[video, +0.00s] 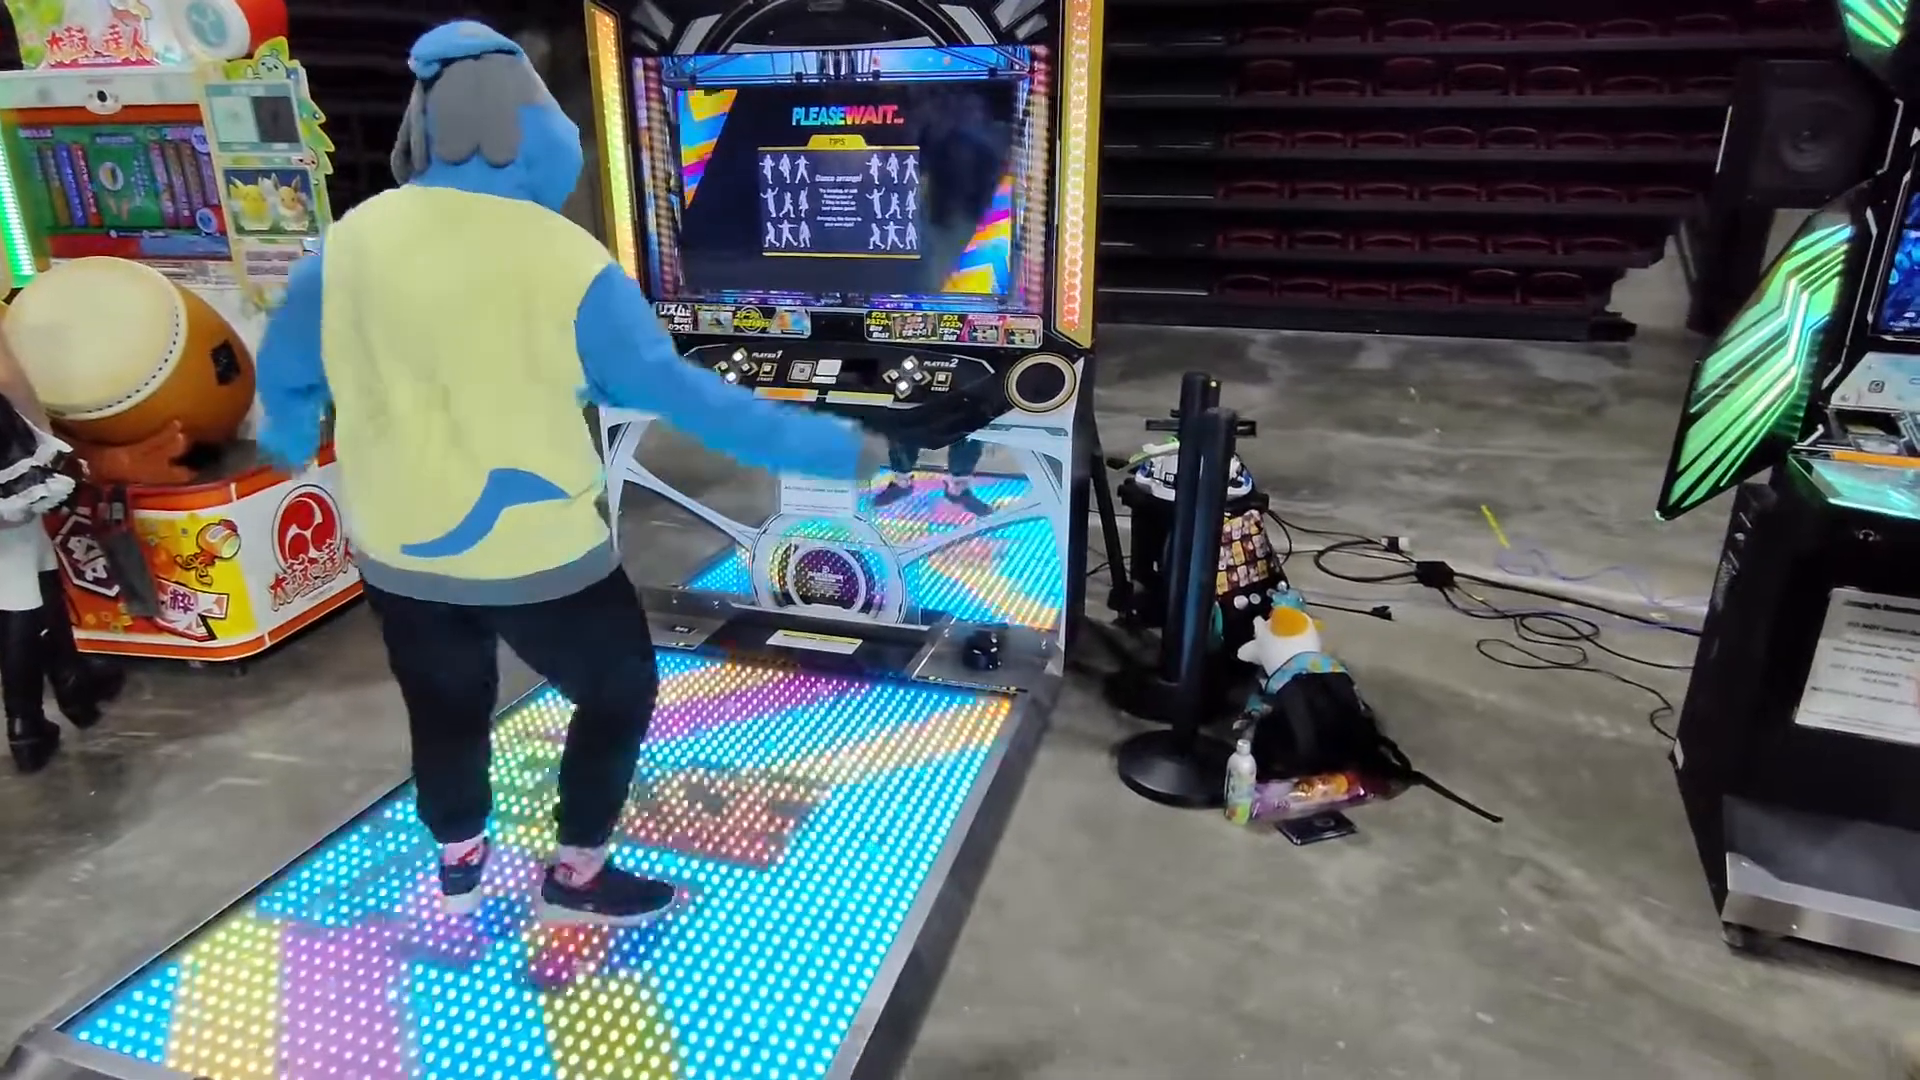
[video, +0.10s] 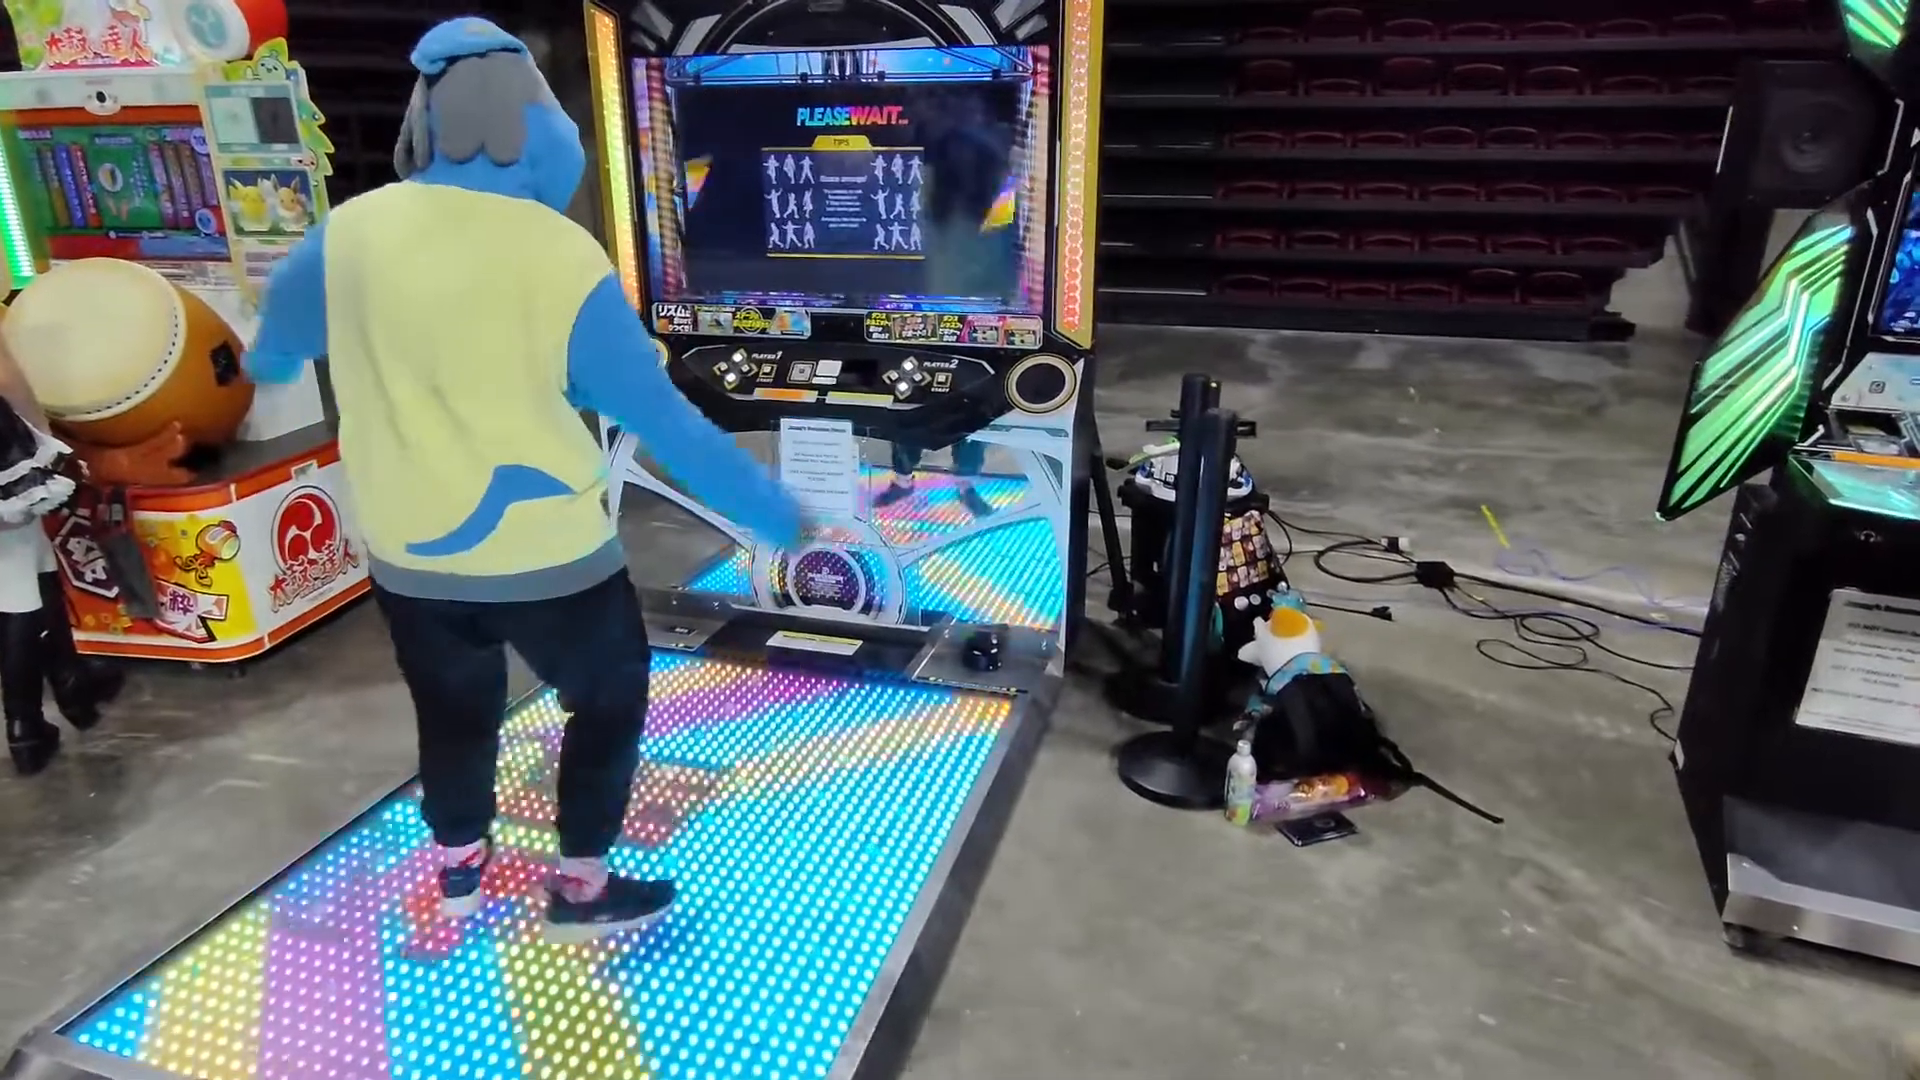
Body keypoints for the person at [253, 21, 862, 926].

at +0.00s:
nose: (558, 140)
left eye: (545, 120)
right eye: (544, 121)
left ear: (429, 134)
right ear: (522, 130)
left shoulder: (348, 242)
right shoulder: (564, 261)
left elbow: (285, 363)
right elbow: (670, 391)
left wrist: (291, 435)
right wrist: (835, 445)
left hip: (398, 559)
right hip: (541, 561)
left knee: (445, 709)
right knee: (617, 687)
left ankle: (459, 864)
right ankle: (579, 870)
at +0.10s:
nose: (560, 145)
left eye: (547, 123)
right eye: (549, 125)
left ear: (427, 127)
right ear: (531, 131)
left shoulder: (346, 233)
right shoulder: (560, 262)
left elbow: (278, 339)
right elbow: (667, 424)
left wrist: (269, 361)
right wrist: (783, 516)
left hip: (408, 560)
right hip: (550, 562)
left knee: (452, 708)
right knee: (608, 698)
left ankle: (459, 855)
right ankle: (582, 879)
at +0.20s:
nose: (558, 140)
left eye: (547, 118)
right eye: (545, 119)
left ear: (430, 128)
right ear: (523, 128)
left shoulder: (353, 224)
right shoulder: (554, 255)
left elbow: (277, 292)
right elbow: (638, 434)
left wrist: (378, 299)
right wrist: (705, 561)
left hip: (416, 566)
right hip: (551, 567)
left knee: (458, 703)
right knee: (593, 711)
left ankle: (458, 857)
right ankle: (599, 891)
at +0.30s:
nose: (556, 156)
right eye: (545, 133)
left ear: (426, 134)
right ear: (524, 138)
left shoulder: (363, 227)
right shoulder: (547, 262)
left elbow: (289, 267)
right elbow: (621, 441)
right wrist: (663, 579)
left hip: (419, 572)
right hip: (545, 575)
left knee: (472, 702)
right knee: (587, 726)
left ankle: (461, 859)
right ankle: (594, 899)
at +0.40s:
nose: (550, 158)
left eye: (545, 135)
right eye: (538, 135)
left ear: (419, 131)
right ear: (495, 134)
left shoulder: (366, 231)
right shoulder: (534, 268)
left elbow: (313, 287)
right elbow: (614, 446)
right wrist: (642, 577)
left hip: (418, 569)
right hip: (535, 574)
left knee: (472, 701)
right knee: (585, 729)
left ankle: (459, 864)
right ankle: (587, 905)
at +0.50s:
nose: (530, 145)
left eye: (525, 124)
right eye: (515, 125)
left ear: (414, 134)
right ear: (471, 130)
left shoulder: (362, 232)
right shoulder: (520, 264)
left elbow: (337, 335)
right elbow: (615, 429)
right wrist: (648, 568)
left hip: (408, 567)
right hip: (521, 574)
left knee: (478, 718)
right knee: (575, 743)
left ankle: (489, 872)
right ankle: (581, 920)